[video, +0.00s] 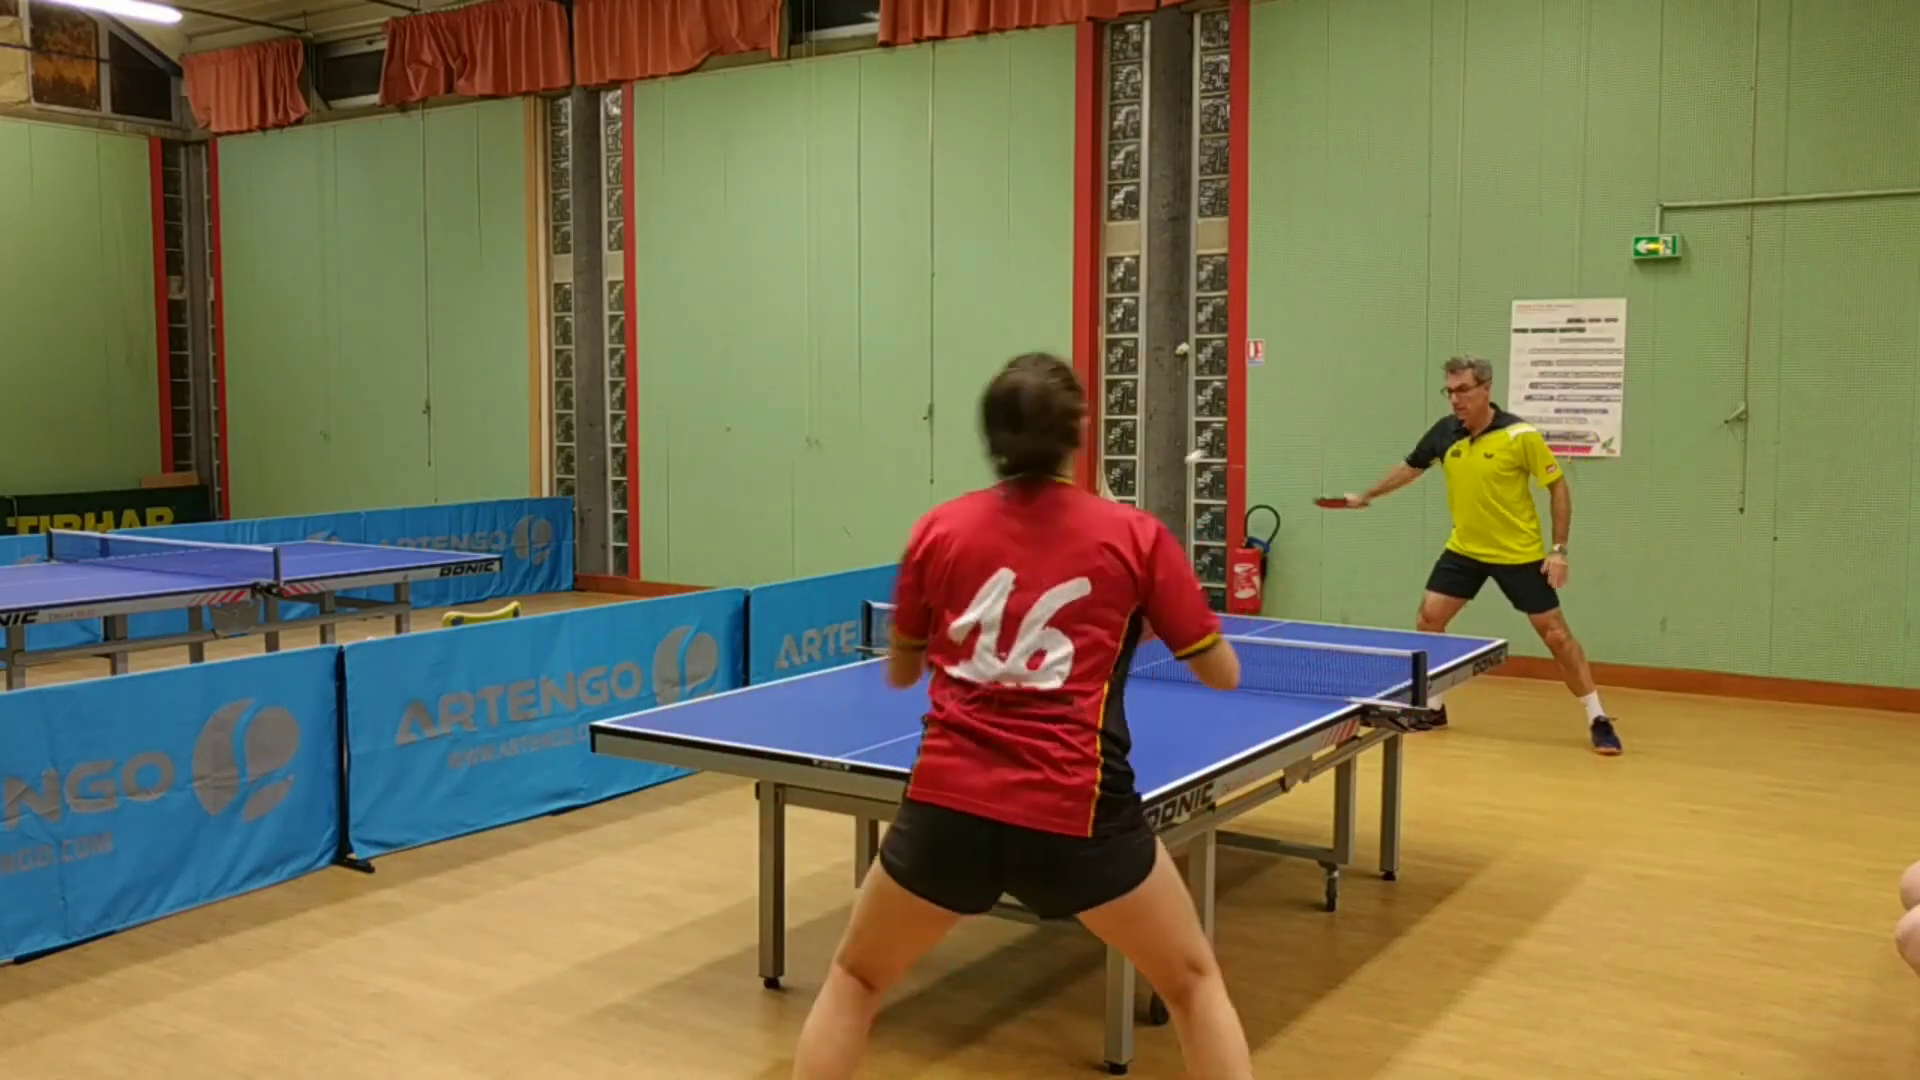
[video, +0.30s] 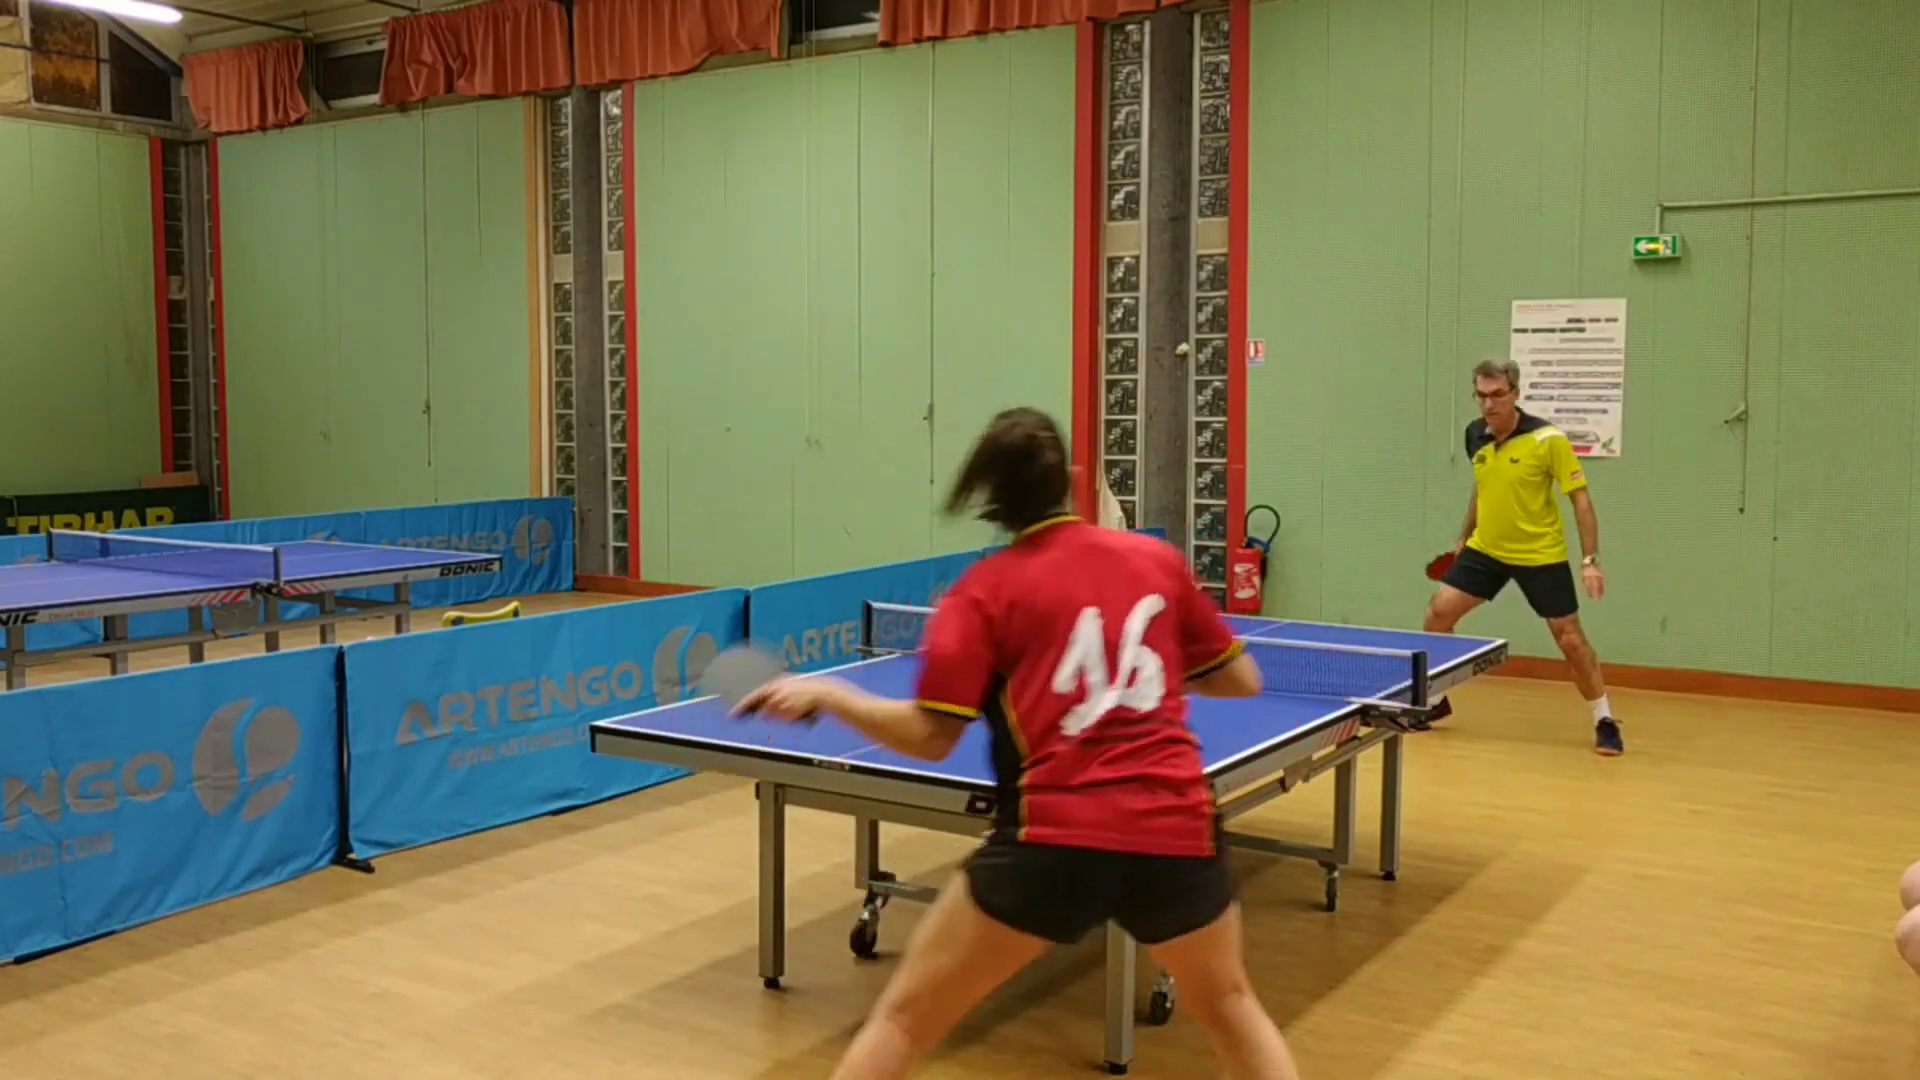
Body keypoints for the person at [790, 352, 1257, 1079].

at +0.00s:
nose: (1087, 427)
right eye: (1084, 418)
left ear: (993, 435)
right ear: (1079, 432)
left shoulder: (940, 530)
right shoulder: (1132, 536)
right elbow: (1222, 672)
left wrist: (956, 613)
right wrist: (1170, 612)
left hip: (948, 815)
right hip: (1076, 822)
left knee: (855, 981)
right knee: (1192, 983)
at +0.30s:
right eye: (1073, 465)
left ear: (990, 494)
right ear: (1069, 482)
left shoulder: (985, 591)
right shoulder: (1154, 559)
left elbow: (932, 736)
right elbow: (1241, 679)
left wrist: (827, 695)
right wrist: (1149, 666)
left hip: (1054, 846)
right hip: (1177, 843)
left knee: (903, 1026)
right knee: (1233, 1007)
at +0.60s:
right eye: (1305, 493)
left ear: (1226, 498)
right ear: (1297, 505)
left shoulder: (1180, 563)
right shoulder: (1297, 564)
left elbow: (1331, 657)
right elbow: (1347, 712)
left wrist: (1453, 622)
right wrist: (1319, 719)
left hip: (1095, 793)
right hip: (1211, 808)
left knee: (975, 1011)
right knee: (1299, 983)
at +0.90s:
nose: (1280, 411)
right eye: (1275, 400)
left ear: (1189, 411)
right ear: (1267, 414)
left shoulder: (1143, 481)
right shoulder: (1293, 502)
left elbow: (1191, 595)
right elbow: (1339, 653)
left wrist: (1322, 642)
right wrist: (1266, 621)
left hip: (1082, 740)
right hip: (1202, 761)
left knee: (976, 944)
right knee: (1268, 974)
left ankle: (888, 1077)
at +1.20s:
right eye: (1055, 382)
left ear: (974, 400)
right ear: (1057, 397)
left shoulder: (932, 493)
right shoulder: (1112, 497)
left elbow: (890, 599)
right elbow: (1185, 626)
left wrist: (971, 561)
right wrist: (1114, 570)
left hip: (960, 774)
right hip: (1080, 773)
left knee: (898, 961)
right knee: (1179, 975)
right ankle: (1249, 1078)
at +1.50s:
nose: (782, 347)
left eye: (784, 337)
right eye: (785, 336)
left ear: (794, 348)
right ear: (876, 346)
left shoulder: (768, 452)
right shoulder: (927, 443)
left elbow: (741, 611)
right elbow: (972, 572)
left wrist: (698, 663)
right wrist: (896, 606)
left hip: (841, 734)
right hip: (933, 726)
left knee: (843, 968)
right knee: (869, 901)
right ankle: (965, 1069)